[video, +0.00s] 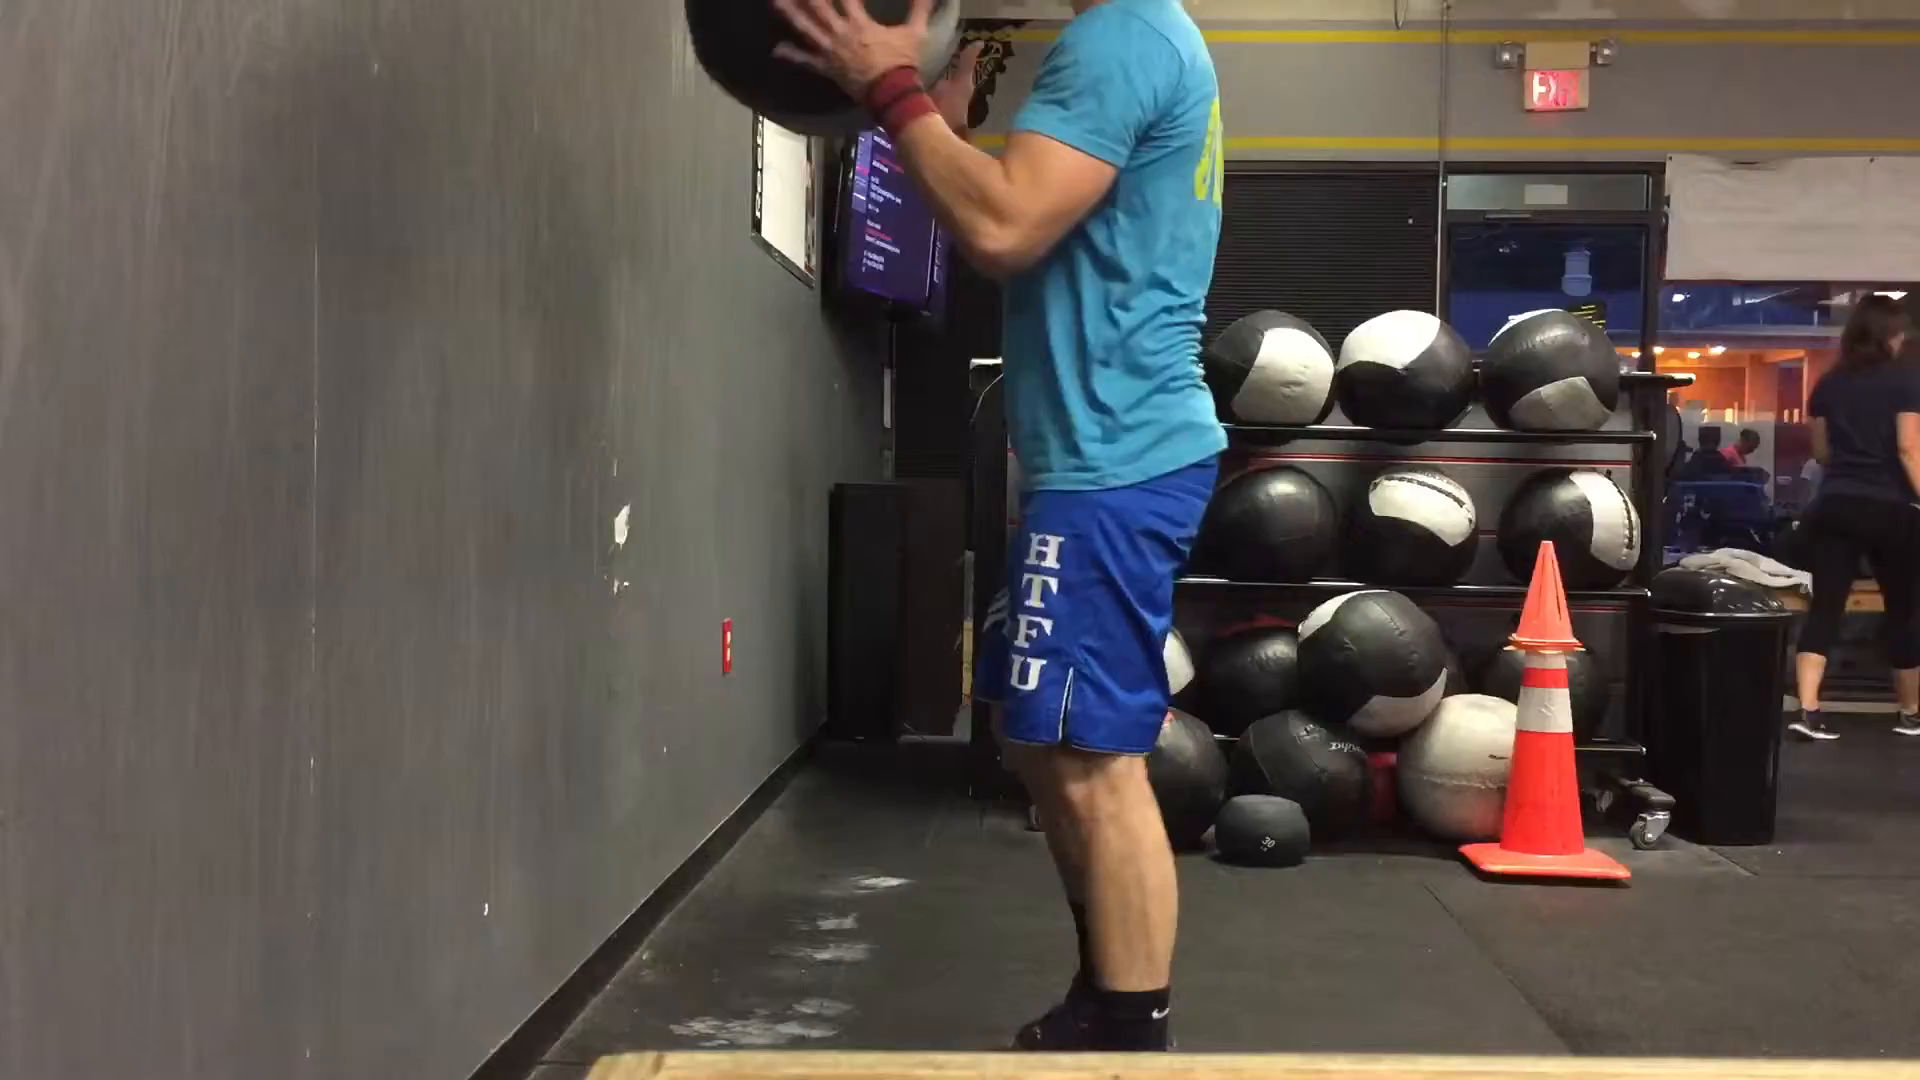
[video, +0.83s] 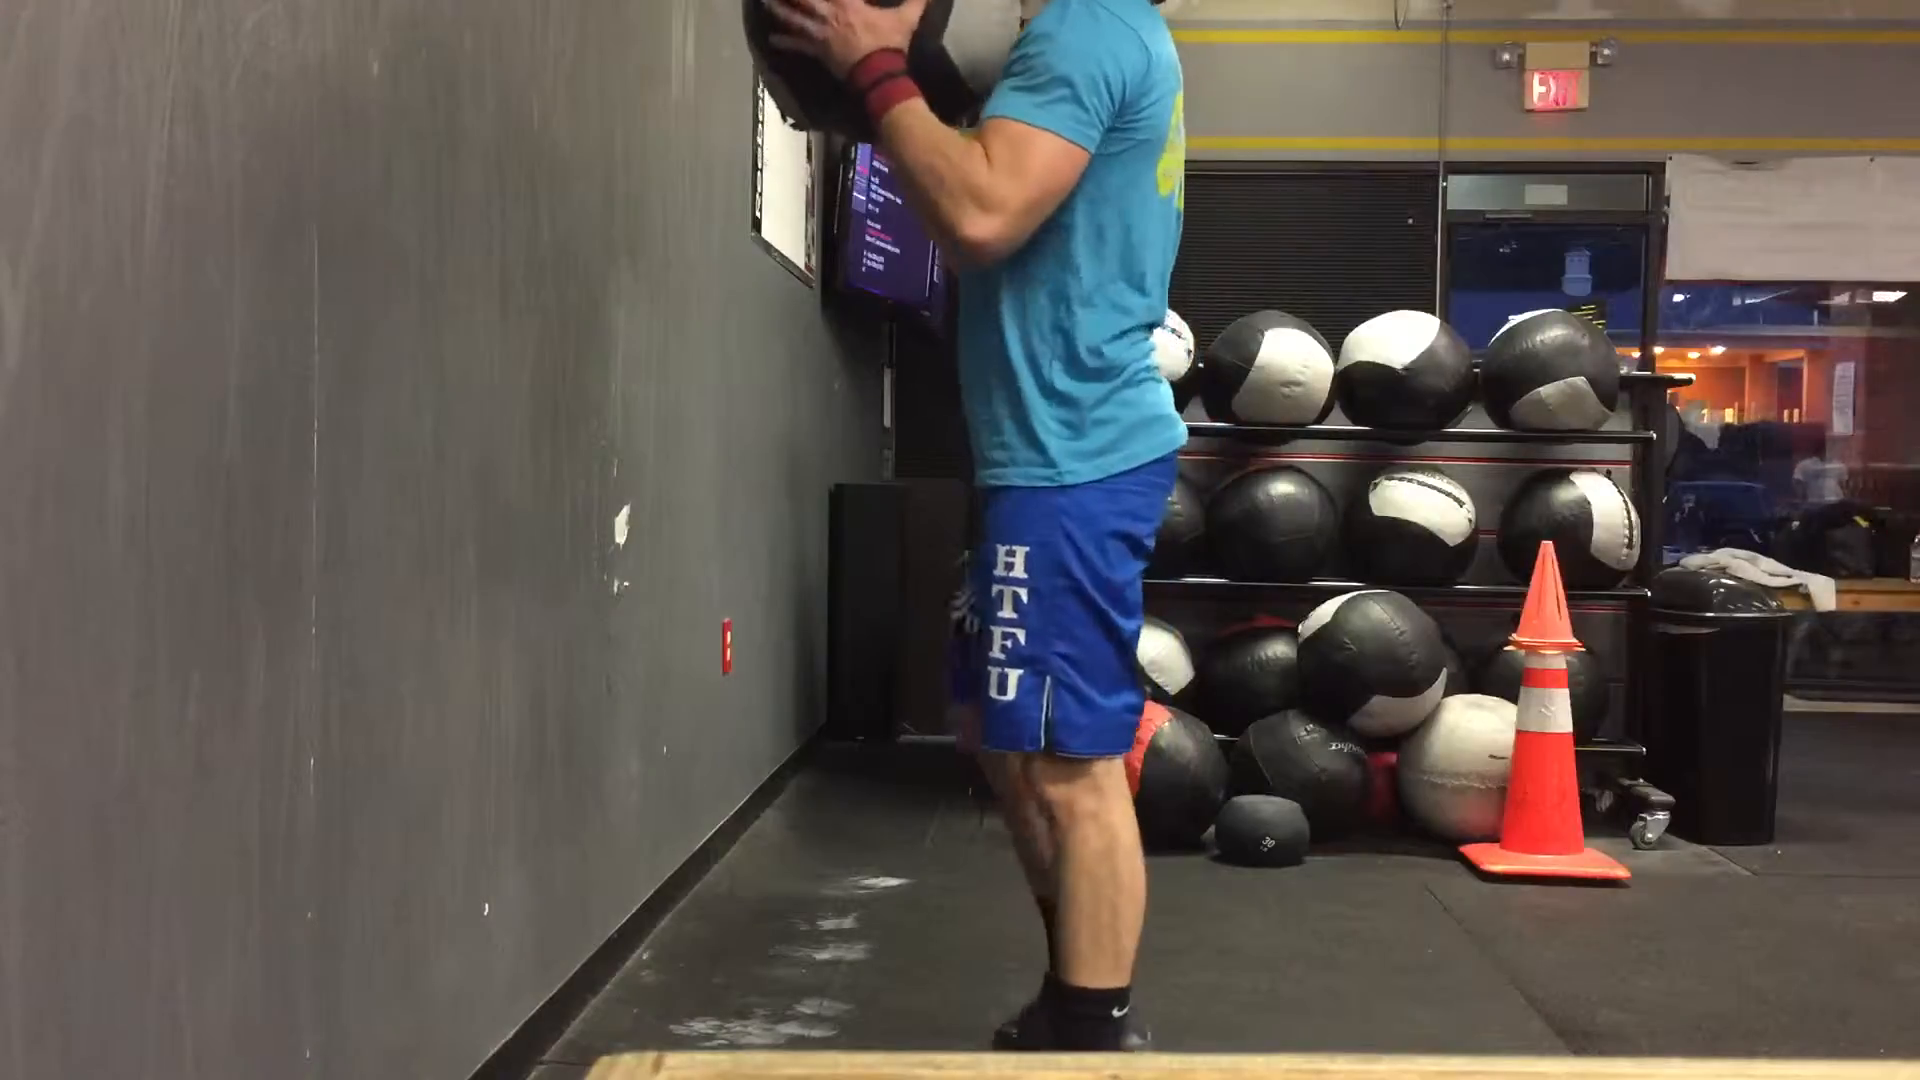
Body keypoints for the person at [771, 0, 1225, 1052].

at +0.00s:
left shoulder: (1131, 38)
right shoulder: (1104, 40)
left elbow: (1002, 228)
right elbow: (1015, 225)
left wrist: (892, 93)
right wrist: (946, 130)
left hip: (1125, 459)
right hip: (1081, 457)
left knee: (1099, 755)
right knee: (1039, 735)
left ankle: (1135, 1034)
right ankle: (1109, 1003)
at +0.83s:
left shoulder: (1096, 28)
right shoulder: (1064, 30)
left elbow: (983, 214)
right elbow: (970, 189)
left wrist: (880, 69)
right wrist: (863, 77)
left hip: (1081, 459)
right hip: (1033, 456)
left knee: (1075, 762)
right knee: (1008, 739)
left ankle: (1093, 1035)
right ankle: (1078, 1002)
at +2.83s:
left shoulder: (1081, 48)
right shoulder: (1088, 44)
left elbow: (956, 217)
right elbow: (960, 194)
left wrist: (860, 77)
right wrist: (876, 81)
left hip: (1020, 465)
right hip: (1029, 459)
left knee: (1027, 768)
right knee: (1040, 765)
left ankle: (1073, 1028)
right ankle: (1074, 1021)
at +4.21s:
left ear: (1058, 2)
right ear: (1069, 13)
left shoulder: (1048, 104)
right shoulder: (1063, 108)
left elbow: (889, 257)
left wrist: (788, 136)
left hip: (1157, 511)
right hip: (1147, 506)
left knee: (971, 782)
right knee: (1018, 784)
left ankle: (1067, 1038)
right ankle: (1066, 1028)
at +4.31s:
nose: (961, 87)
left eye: (986, 73)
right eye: (976, 68)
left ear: (1036, 117)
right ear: (1036, 122)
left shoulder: (1036, 240)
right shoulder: (1040, 231)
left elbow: (872, 397)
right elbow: (896, 383)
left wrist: (773, 267)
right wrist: (788, 277)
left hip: (1192, 613)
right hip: (1173, 600)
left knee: (933, 806)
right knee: (983, 795)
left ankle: (1054, 1039)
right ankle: (1065, 1023)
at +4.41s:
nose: (940, 225)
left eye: (965, 214)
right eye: (956, 208)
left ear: (1013, 263)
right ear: (1015, 269)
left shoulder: (1018, 390)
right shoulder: (1028, 371)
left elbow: (869, 567)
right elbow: (891, 538)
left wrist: (766, 428)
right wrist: (781, 427)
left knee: (900, 841)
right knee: (924, 764)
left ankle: (1046, 1046)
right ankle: (1063, 1016)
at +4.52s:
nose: (929, 336)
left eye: (952, 323)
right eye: (943, 319)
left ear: (1004, 369)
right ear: (1004, 373)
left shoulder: (1010, 505)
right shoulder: (1026, 483)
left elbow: (867, 700)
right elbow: (889, 661)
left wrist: (762, 559)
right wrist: (782, 555)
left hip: (1190, 830)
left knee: (888, 853)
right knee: (911, 775)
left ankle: (1042, 1050)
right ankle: (1066, 1028)